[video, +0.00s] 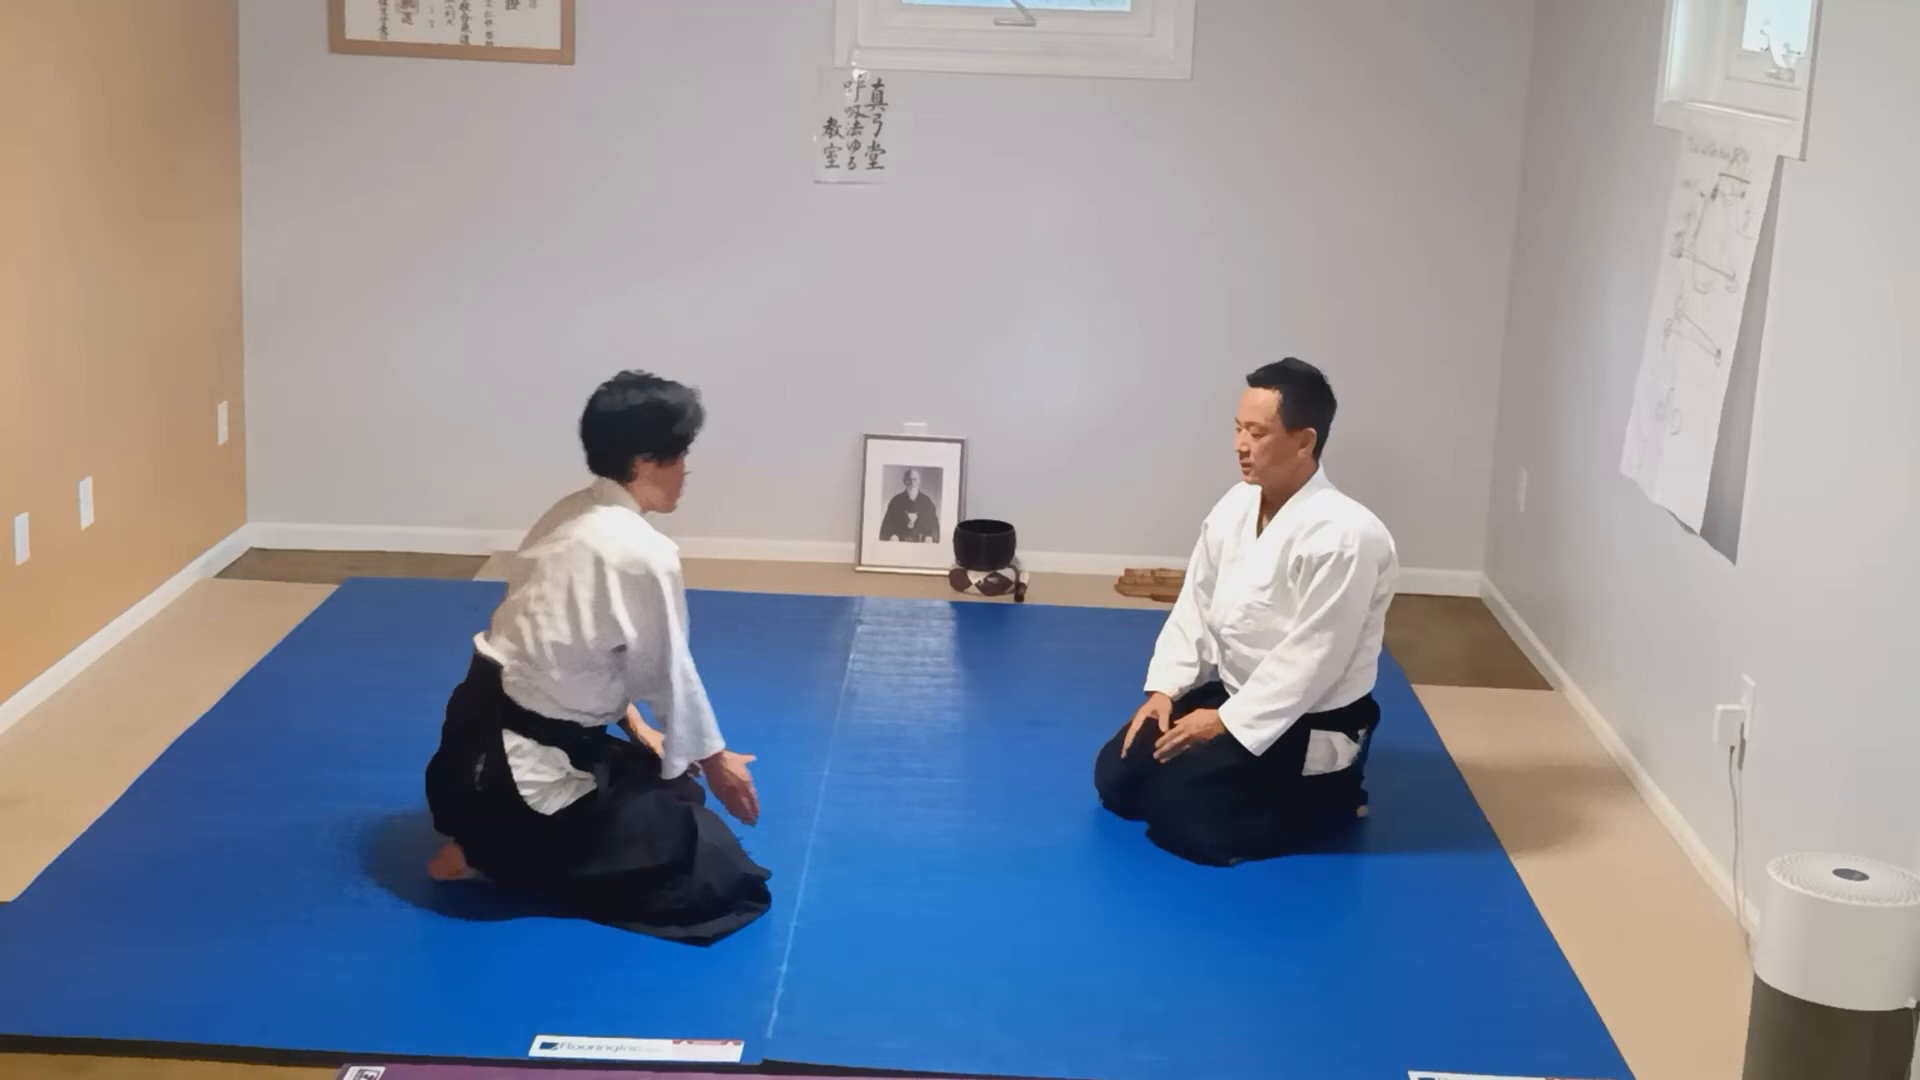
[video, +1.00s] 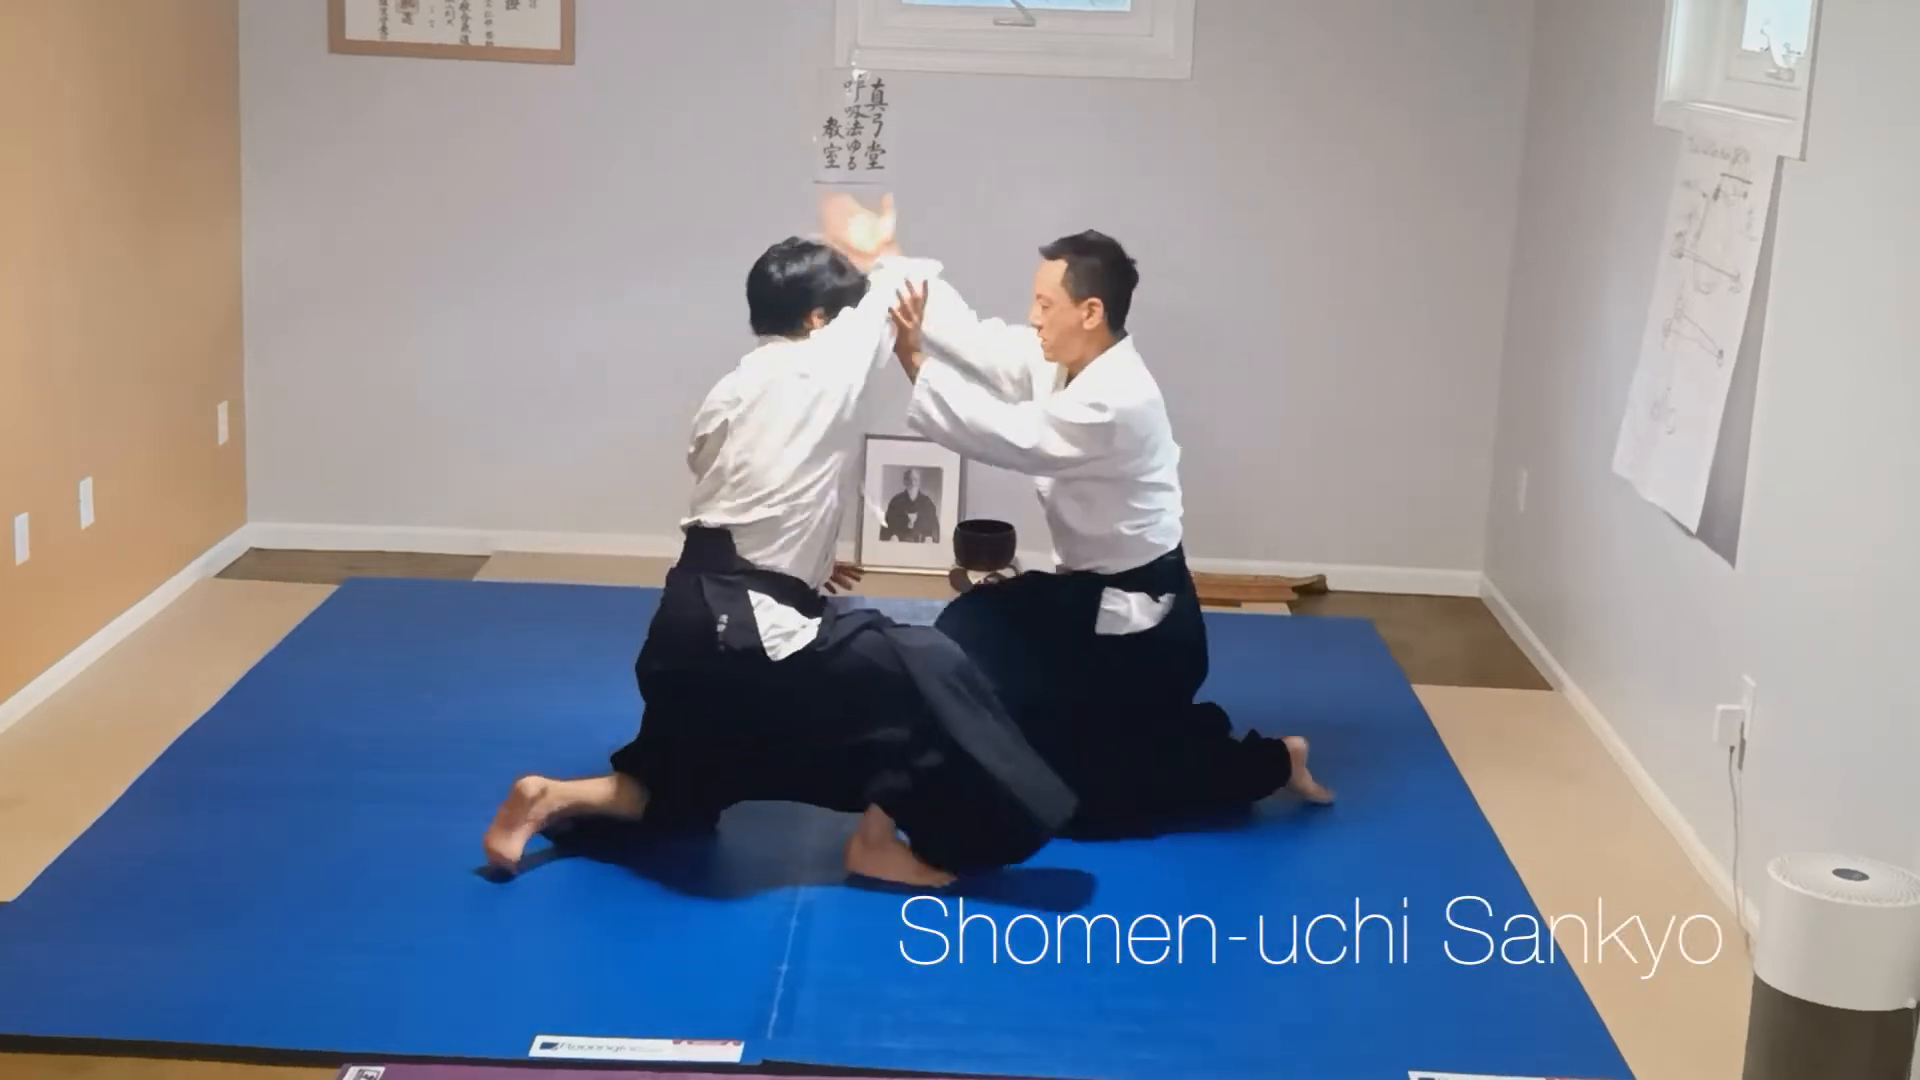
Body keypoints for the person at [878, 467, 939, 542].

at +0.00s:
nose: (912, 483)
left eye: (915, 480)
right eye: (909, 480)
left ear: (919, 482)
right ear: (904, 482)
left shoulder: (926, 501)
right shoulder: (896, 501)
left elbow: (933, 523)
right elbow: (886, 526)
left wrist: (931, 539)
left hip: (922, 545)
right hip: (899, 545)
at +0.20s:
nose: (912, 483)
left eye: (915, 480)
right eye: (909, 480)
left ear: (919, 482)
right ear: (904, 482)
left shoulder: (926, 501)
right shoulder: (896, 501)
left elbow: (933, 524)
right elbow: (886, 527)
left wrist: (931, 539)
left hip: (922, 546)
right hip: (899, 545)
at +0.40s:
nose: (912, 482)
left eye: (915, 479)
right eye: (908, 479)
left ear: (919, 481)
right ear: (904, 482)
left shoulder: (927, 502)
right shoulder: (896, 501)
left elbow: (934, 524)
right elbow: (887, 525)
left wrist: (934, 541)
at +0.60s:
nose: (912, 483)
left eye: (915, 480)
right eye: (908, 479)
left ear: (919, 482)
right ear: (904, 482)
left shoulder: (926, 502)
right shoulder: (896, 501)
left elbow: (934, 523)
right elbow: (887, 524)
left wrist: (933, 540)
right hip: (900, 545)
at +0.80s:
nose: (912, 483)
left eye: (915, 479)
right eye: (909, 479)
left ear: (919, 481)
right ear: (905, 482)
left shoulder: (927, 502)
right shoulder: (896, 501)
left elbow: (934, 525)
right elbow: (887, 526)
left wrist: (934, 542)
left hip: (922, 546)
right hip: (900, 545)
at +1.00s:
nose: (912, 483)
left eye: (915, 480)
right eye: (909, 480)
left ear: (919, 482)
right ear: (904, 482)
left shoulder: (927, 502)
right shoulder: (896, 501)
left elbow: (934, 525)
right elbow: (887, 525)